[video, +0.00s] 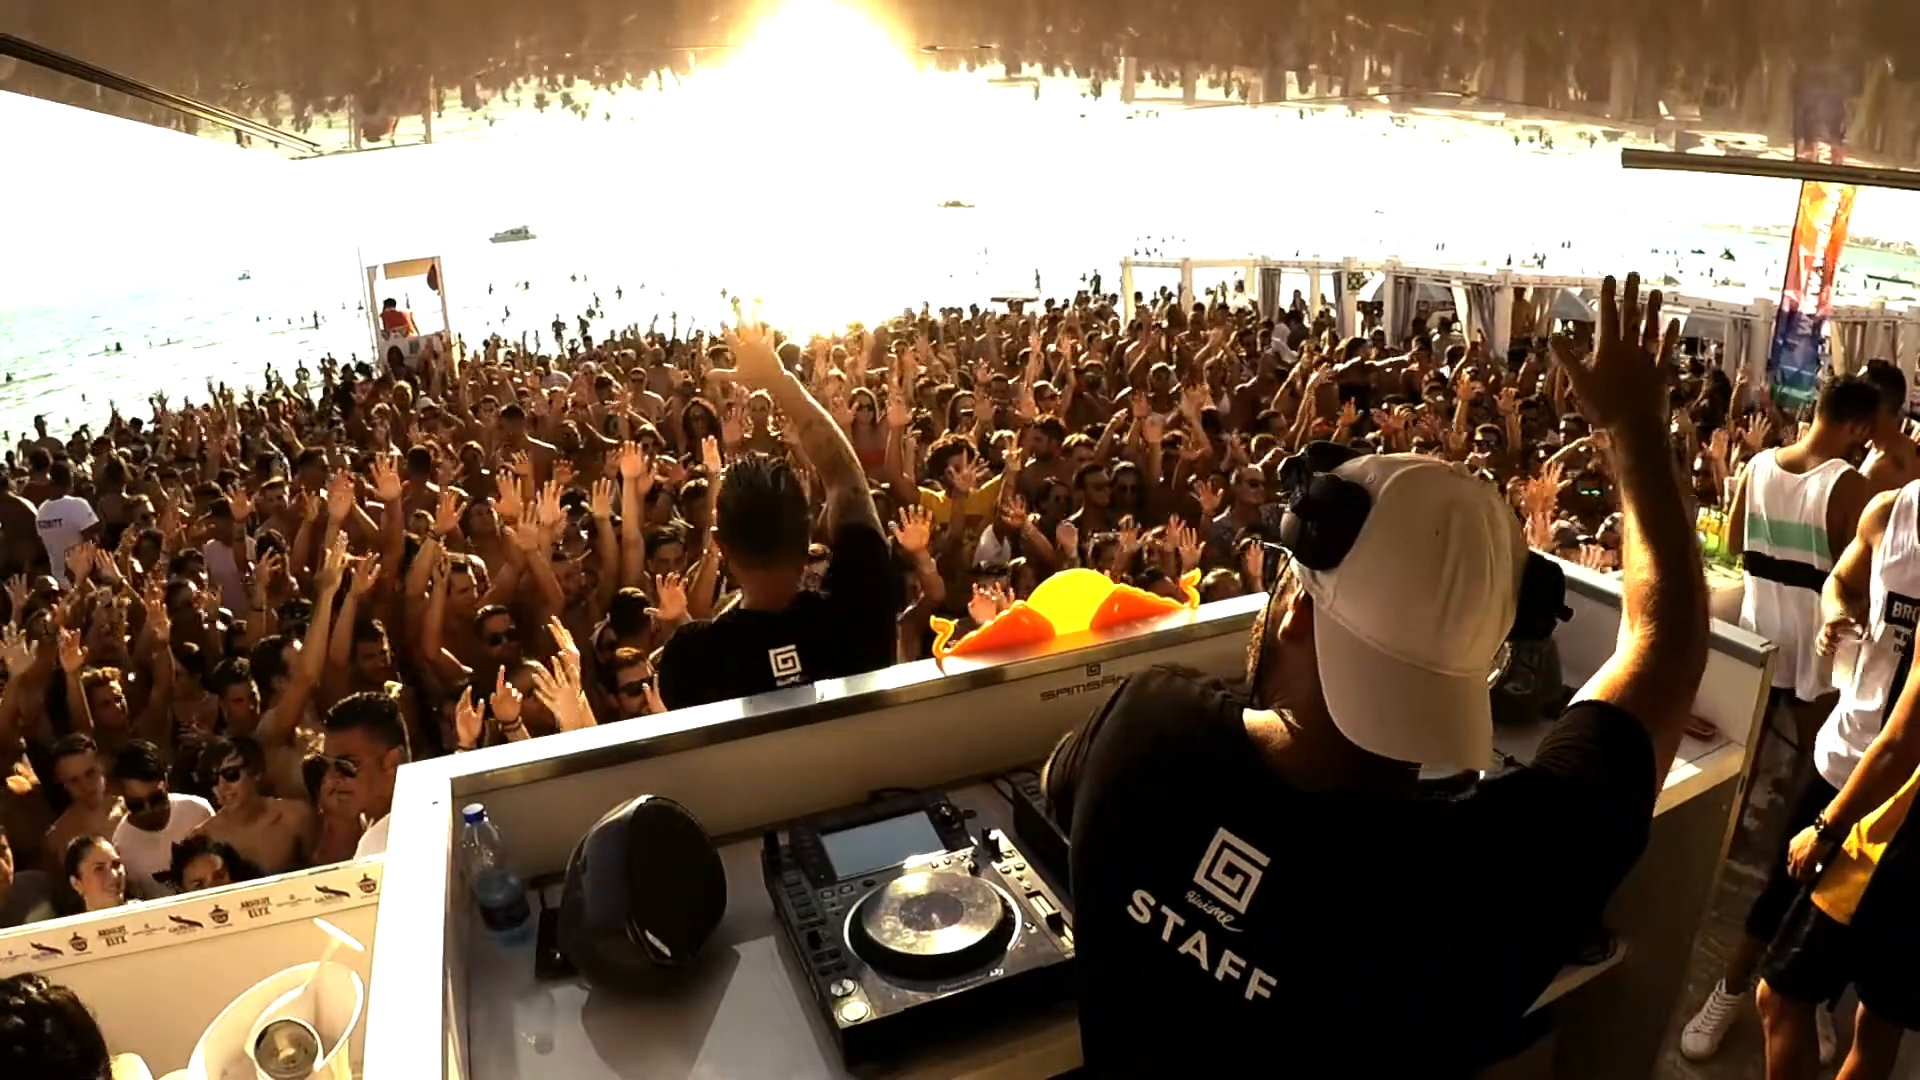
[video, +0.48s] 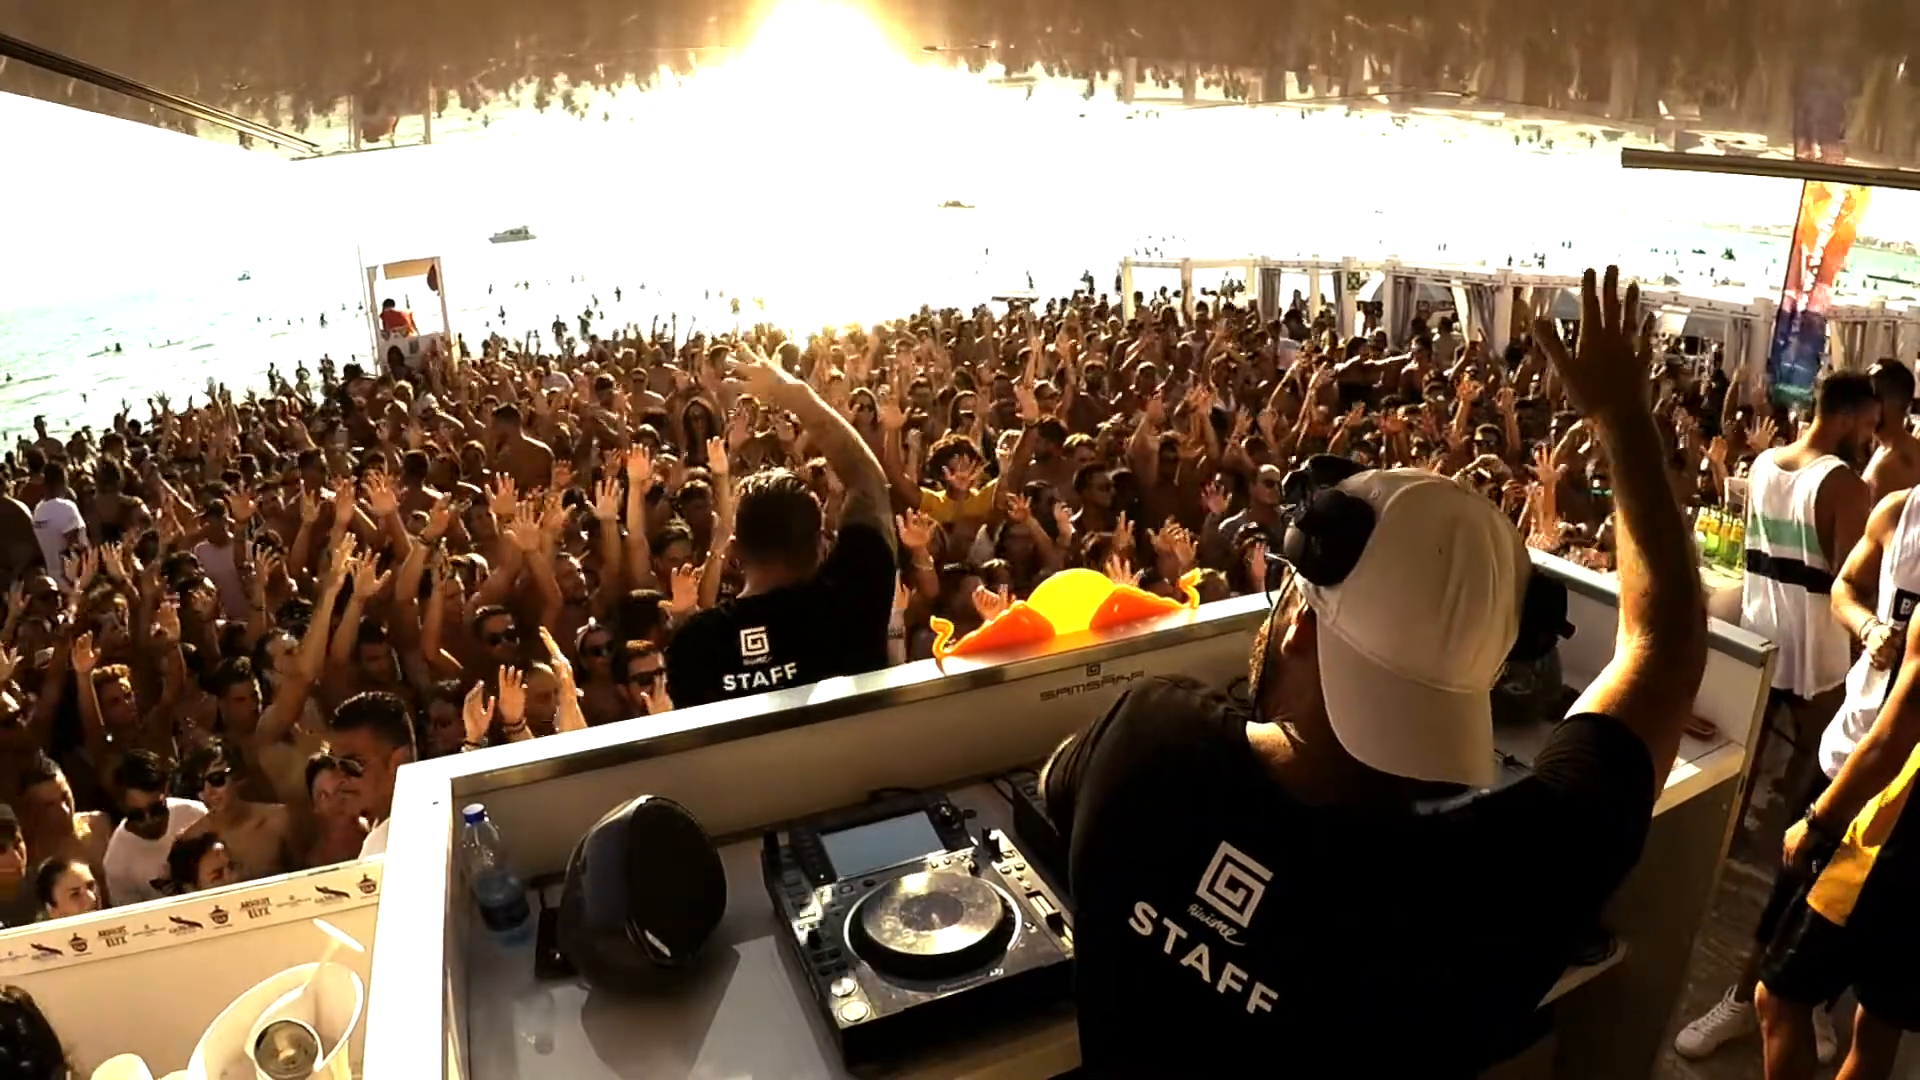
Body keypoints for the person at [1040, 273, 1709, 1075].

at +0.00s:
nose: (1277, 591)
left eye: (1290, 580)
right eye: (1293, 575)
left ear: (1298, 614)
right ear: (1474, 668)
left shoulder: (1143, 725)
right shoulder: (1486, 880)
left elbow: (1058, 794)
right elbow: (1666, 640)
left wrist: (1261, 661)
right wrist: (1636, 424)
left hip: (1119, 1064)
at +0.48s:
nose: (1284, 594)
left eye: (1296, 586)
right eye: (1299, 578)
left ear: (1299, 626)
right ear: (1486, 670)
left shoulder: (1147, 738)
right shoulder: (1502, 886)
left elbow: (1053, 801)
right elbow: (1665, 639)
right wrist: (1624, 412)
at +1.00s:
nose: (1303, 602)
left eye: (1314, 593)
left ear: (1317, 628)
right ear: (1493, 681)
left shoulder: (1159, 738)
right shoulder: (1491, 897)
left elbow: (1057, 788)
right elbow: (1669, 663)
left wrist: (1263, 706)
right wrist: (1617, 438)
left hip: (1113, 1053)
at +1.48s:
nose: (1315, 604)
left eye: (1325, 597)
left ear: (1324, 634)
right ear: (1497, 690)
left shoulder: (1165, 735)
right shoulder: (1492, 898)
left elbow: (1058, 784)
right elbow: (1677, 683)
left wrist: (1276, 702)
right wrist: (1614, 441)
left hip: (1111, 1057)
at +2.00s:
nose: (1308, 570)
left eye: (1318, 561)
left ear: (1322, 597)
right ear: (1495, 646)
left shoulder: (1172, 706)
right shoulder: (1498, 863)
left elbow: (1050, 780)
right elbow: (1683, 621)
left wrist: (1289, 672)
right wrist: (1616, 389)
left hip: (1139, 1063)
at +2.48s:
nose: (1357, 525)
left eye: (1369, 510)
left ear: (1383, 559)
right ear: (1554, 570)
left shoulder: (1240, 692)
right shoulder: (1596, 777)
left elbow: (1067, 788)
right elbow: (1658, 561)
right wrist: (1561, 391)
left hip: (1231, 1061)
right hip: (1475, 1078)